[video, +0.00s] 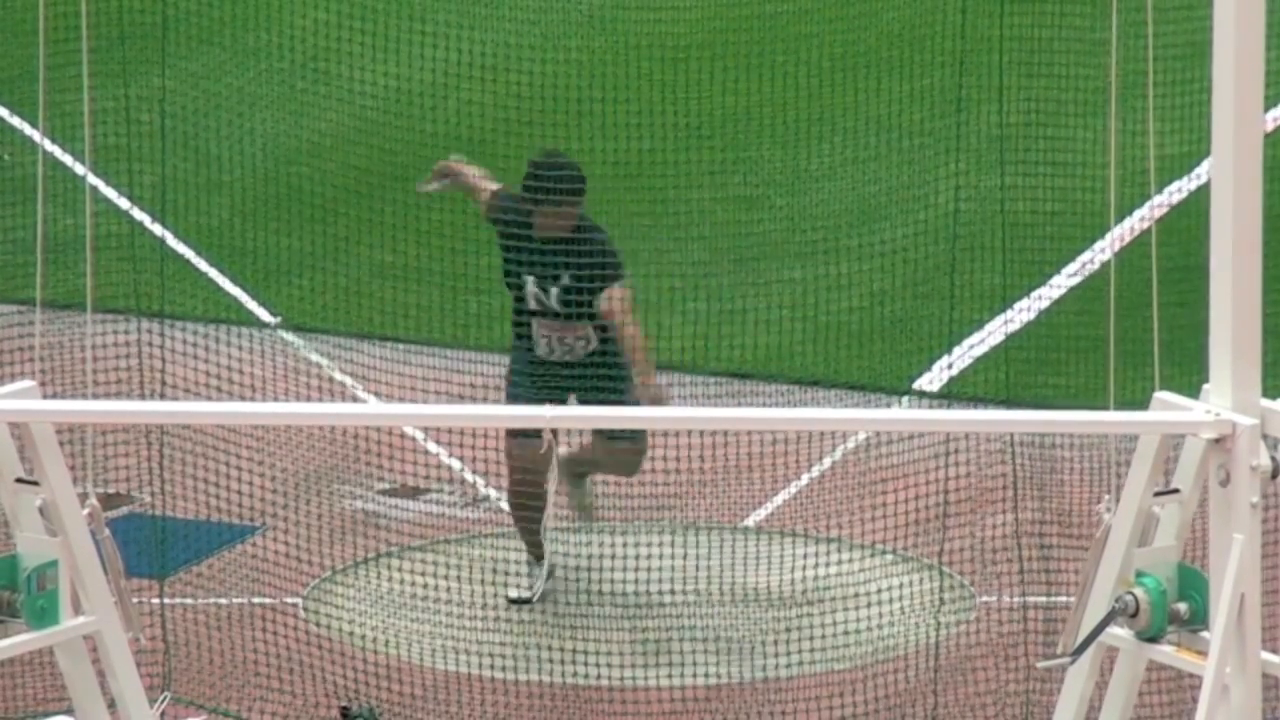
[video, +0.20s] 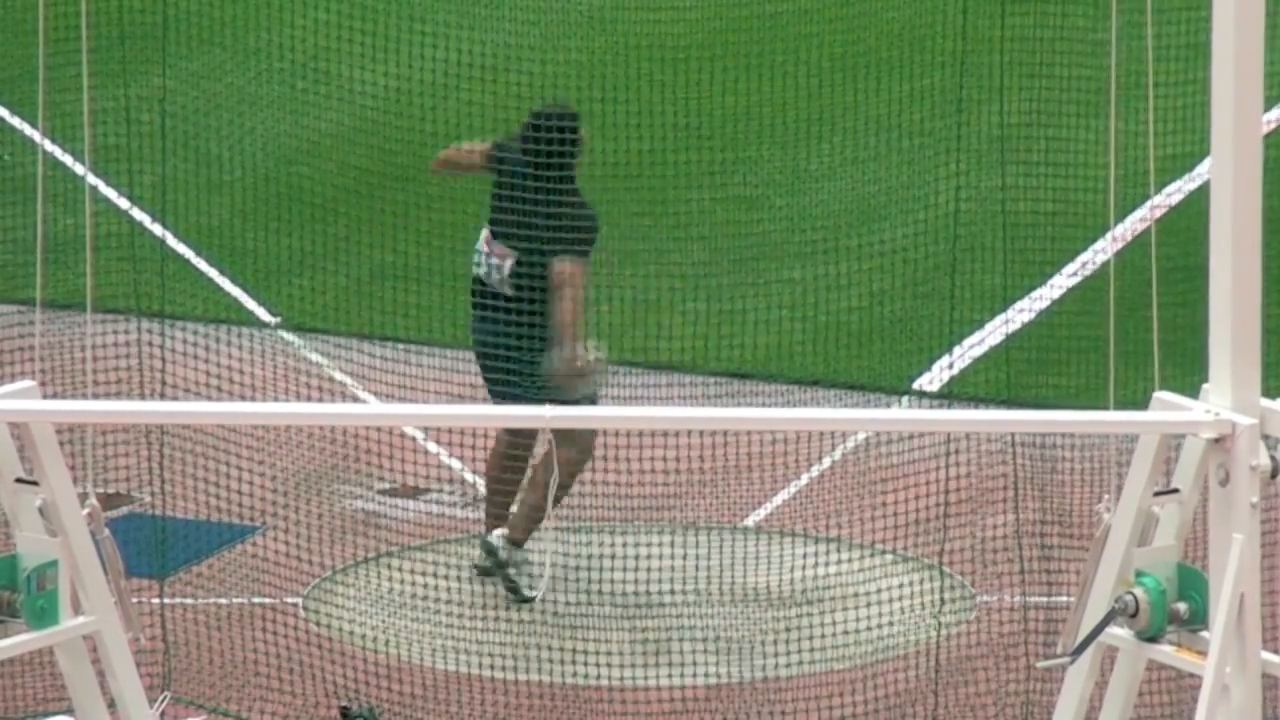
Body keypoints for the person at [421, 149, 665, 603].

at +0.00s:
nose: (564, 218)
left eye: (570, 209)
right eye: (555, 209)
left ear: (579, 205)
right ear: (533, 204)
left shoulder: (593, 246)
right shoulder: (510, 218)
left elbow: (622, 317)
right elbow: (481, 188)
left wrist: (645, 377)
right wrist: (458, 169)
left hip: (599, 365)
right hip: (535, 362)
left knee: (626, 457)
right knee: (524, 461)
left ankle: (571, 464)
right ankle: (537, 562)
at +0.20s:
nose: (578, 149)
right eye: (576, 143)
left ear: (531, 141)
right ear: (573, 150)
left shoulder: (511, 164)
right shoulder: (572, 213)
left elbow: (449, 159)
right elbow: (566, 286)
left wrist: (495, 154)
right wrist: (570, 349)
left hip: (490, 337)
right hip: (535, 346)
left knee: (520, 429)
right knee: (575, 443)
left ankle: (494, 538)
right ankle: (514, 541)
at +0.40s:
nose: (507, 61)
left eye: (516, 59)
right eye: (514, 55)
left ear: (524, 77)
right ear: (536, 81)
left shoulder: (515, 129)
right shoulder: (511, 109)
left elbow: (474, 196)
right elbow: (443, 115)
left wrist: (414, 220)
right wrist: (380, 111)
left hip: (546, 285)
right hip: (556, 281)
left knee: (463, 374)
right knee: (521, 397)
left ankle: (537, 483)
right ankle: (548, 501)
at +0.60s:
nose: (486, 86)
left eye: (480, 80)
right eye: (473, 86)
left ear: (487, 92)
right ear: (457, 110)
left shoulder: (525, 117)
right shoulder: (451, 164)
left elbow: (581, 70)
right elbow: (464, 218)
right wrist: (509, 241)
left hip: (540, 278)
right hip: (479, 294)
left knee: (595, 372)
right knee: (485, 410)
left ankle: (557, 387)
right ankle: (515, 523)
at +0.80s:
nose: (534, 102)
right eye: (531, 96)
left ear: (485, 101)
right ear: (532, 103)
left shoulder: (469, 138)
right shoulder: (546, 147)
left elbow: (426, 126)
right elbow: (600, 112)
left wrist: (387, 112)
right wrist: (632, 47)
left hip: (447, 293)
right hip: (499, 306)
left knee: (443, 368)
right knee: (497, 400)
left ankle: (375, 446)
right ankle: (458, 500)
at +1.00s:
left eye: (477, 76)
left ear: (469, 81)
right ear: (518, 83)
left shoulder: (451, 129)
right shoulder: (542, 135)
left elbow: (389, 146)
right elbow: (598, 166)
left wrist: (333, 154)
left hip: (458, 299)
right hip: (521, 302)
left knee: (443, 411)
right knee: (524, 404)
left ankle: (447, 537)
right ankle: (483, 506)